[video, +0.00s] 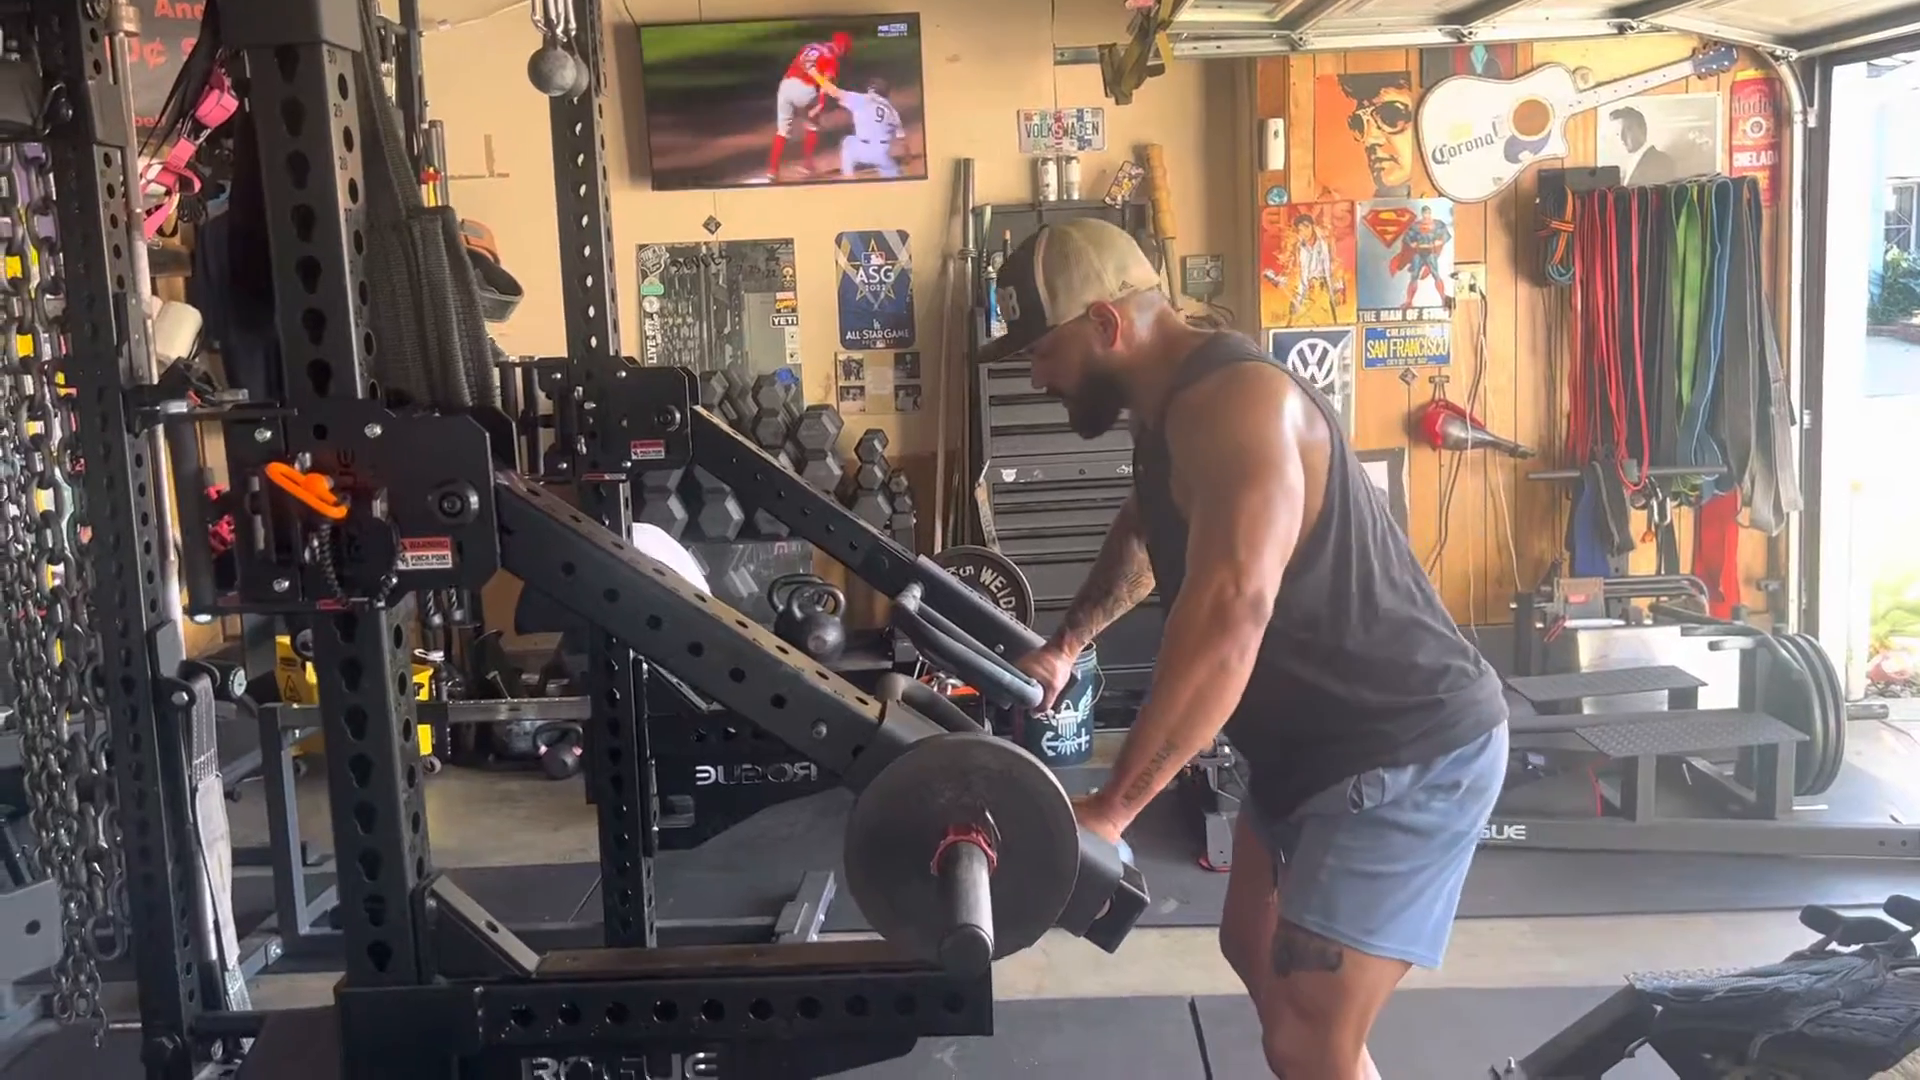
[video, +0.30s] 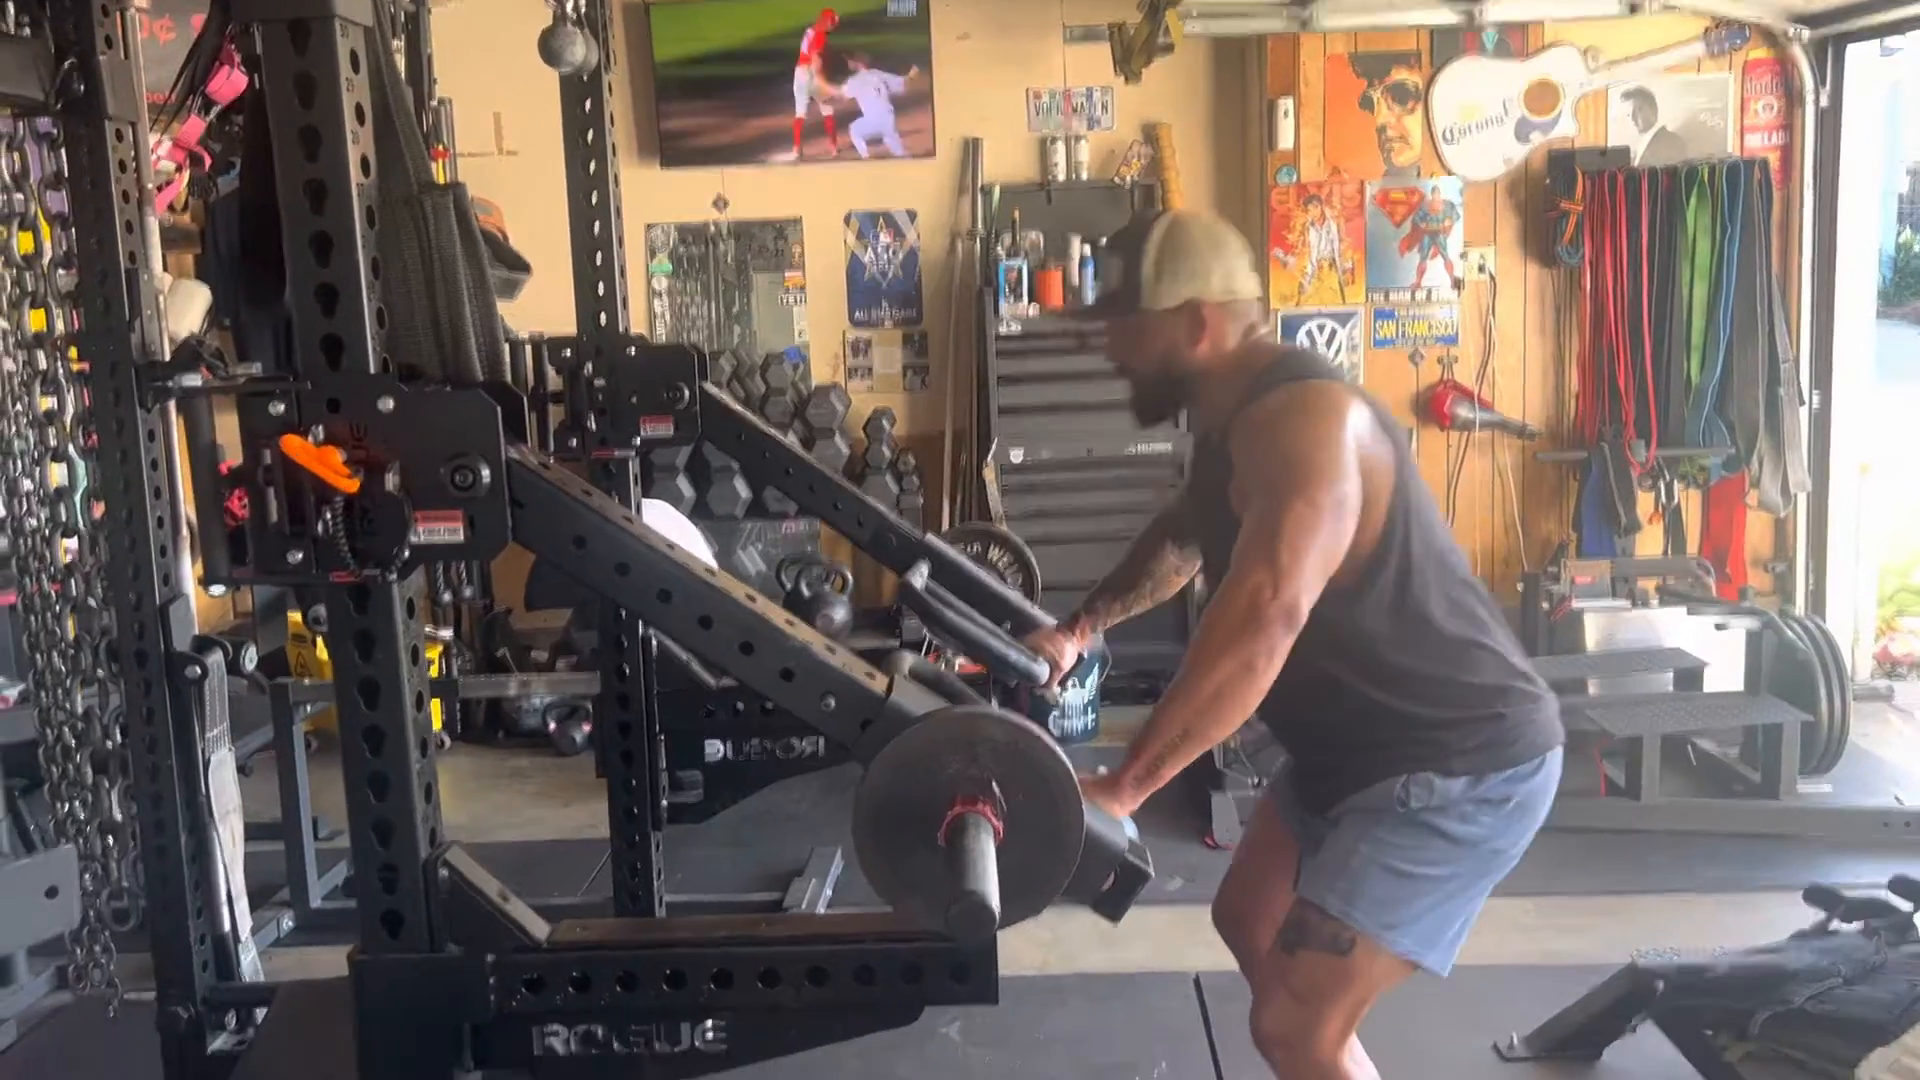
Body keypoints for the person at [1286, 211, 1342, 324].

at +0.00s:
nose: (1303, 233)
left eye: (1306, 228)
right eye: (1300, 230)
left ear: (1312, 227)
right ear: (1297, 232)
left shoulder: (1324, 244)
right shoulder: (1299, 248)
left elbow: (1329, 268)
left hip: (1323, 287)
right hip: (1305, 288)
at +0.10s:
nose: (1306, 229)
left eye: (1308, 225)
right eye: (1302, 226)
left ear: (1314, 223)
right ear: (1300, 228)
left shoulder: (1328, 240)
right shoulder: (1301, 243)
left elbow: (1337, 261)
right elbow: (1294, 266)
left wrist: (1342, 283)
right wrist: (1281, 275)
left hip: (1327, 286)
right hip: (1308, 286)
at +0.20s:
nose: (1309, 224)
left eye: (1311, 219)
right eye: (1306, 220)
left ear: (1317, 217)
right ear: (1304, 222)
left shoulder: (1331, 235)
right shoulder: (1305, 237)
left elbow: (1339, 257)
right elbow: (1299, 260)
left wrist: (1346, 277)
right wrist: (1285, 270)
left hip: (1330, 280)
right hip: (1311, 280)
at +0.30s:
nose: (1312, 213)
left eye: (1314, 208)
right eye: (1309, 210)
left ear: (1321, 207)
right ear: (1306, 212)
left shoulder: (1332, 224)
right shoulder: (1307, 227)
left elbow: (1338, 245)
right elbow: (1300, 249)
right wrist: (1288, 259)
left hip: (1332, 265)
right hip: (1314, 266)